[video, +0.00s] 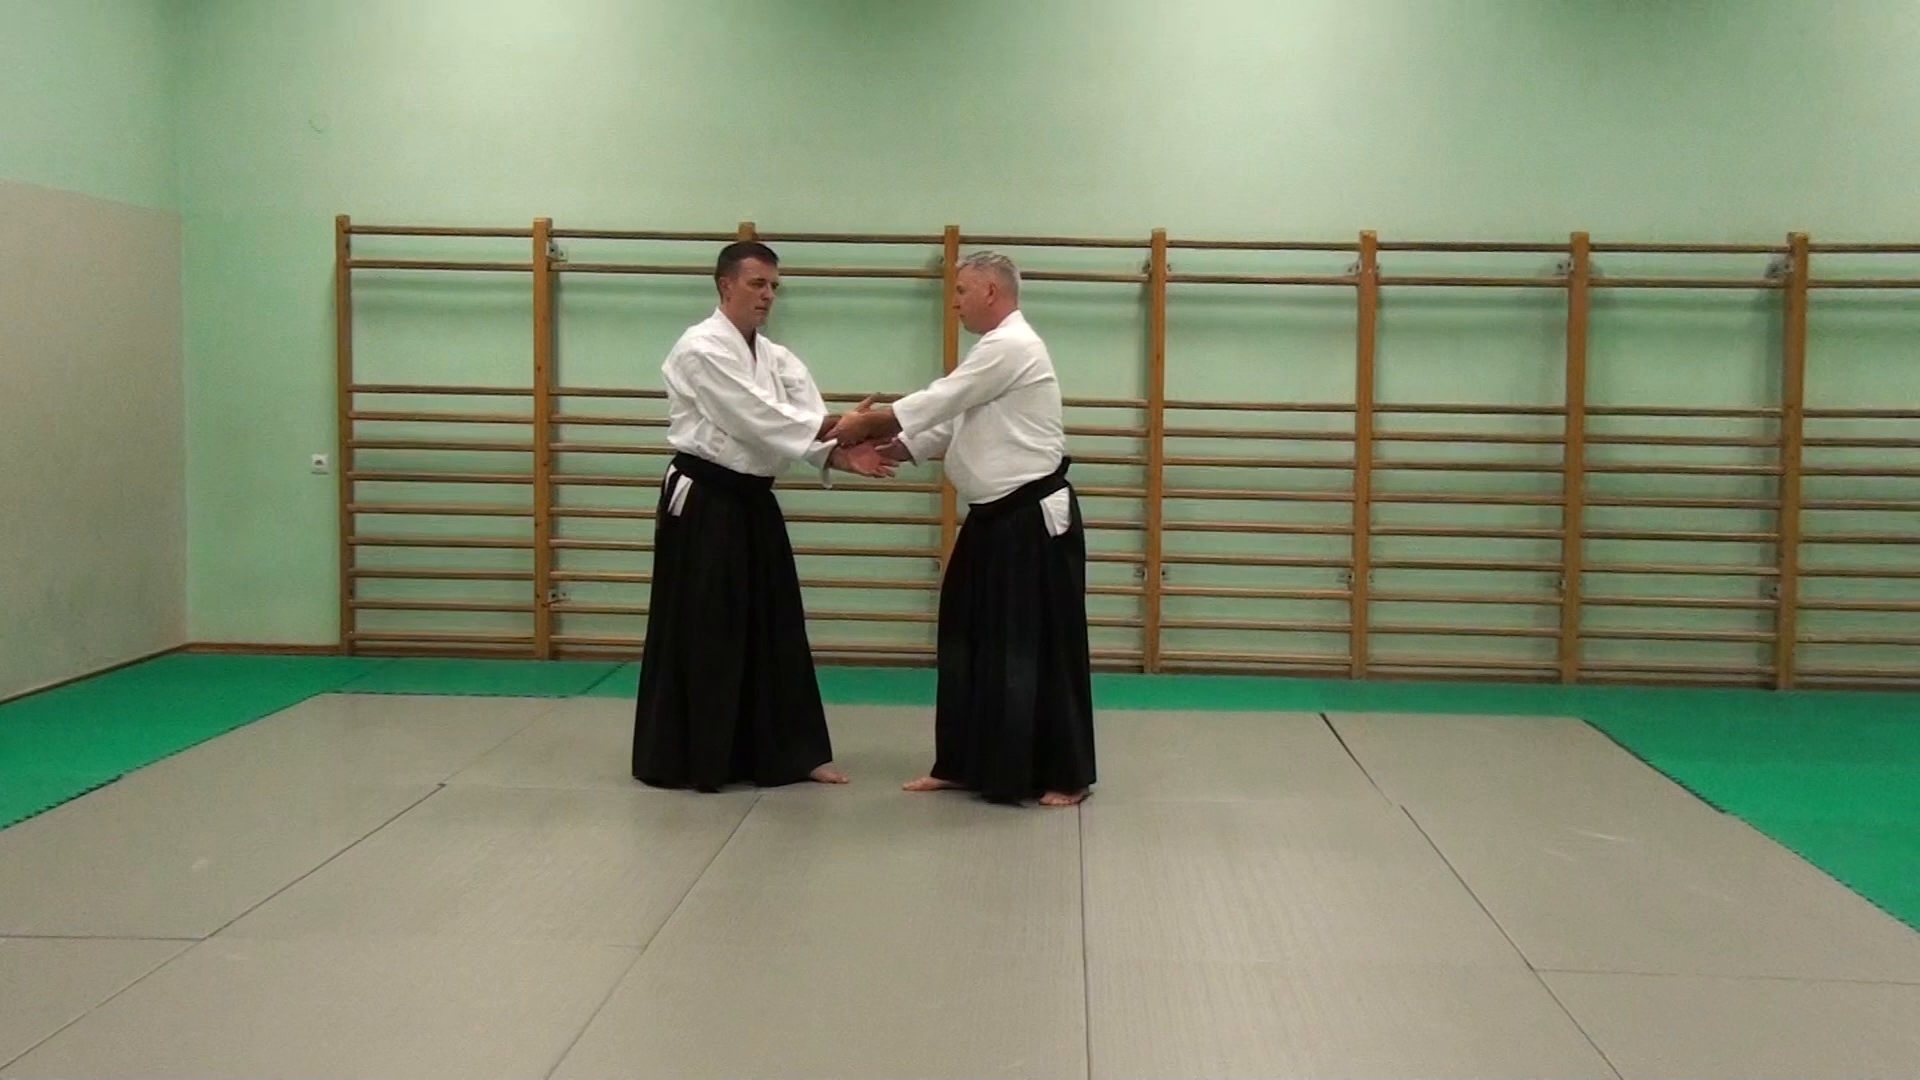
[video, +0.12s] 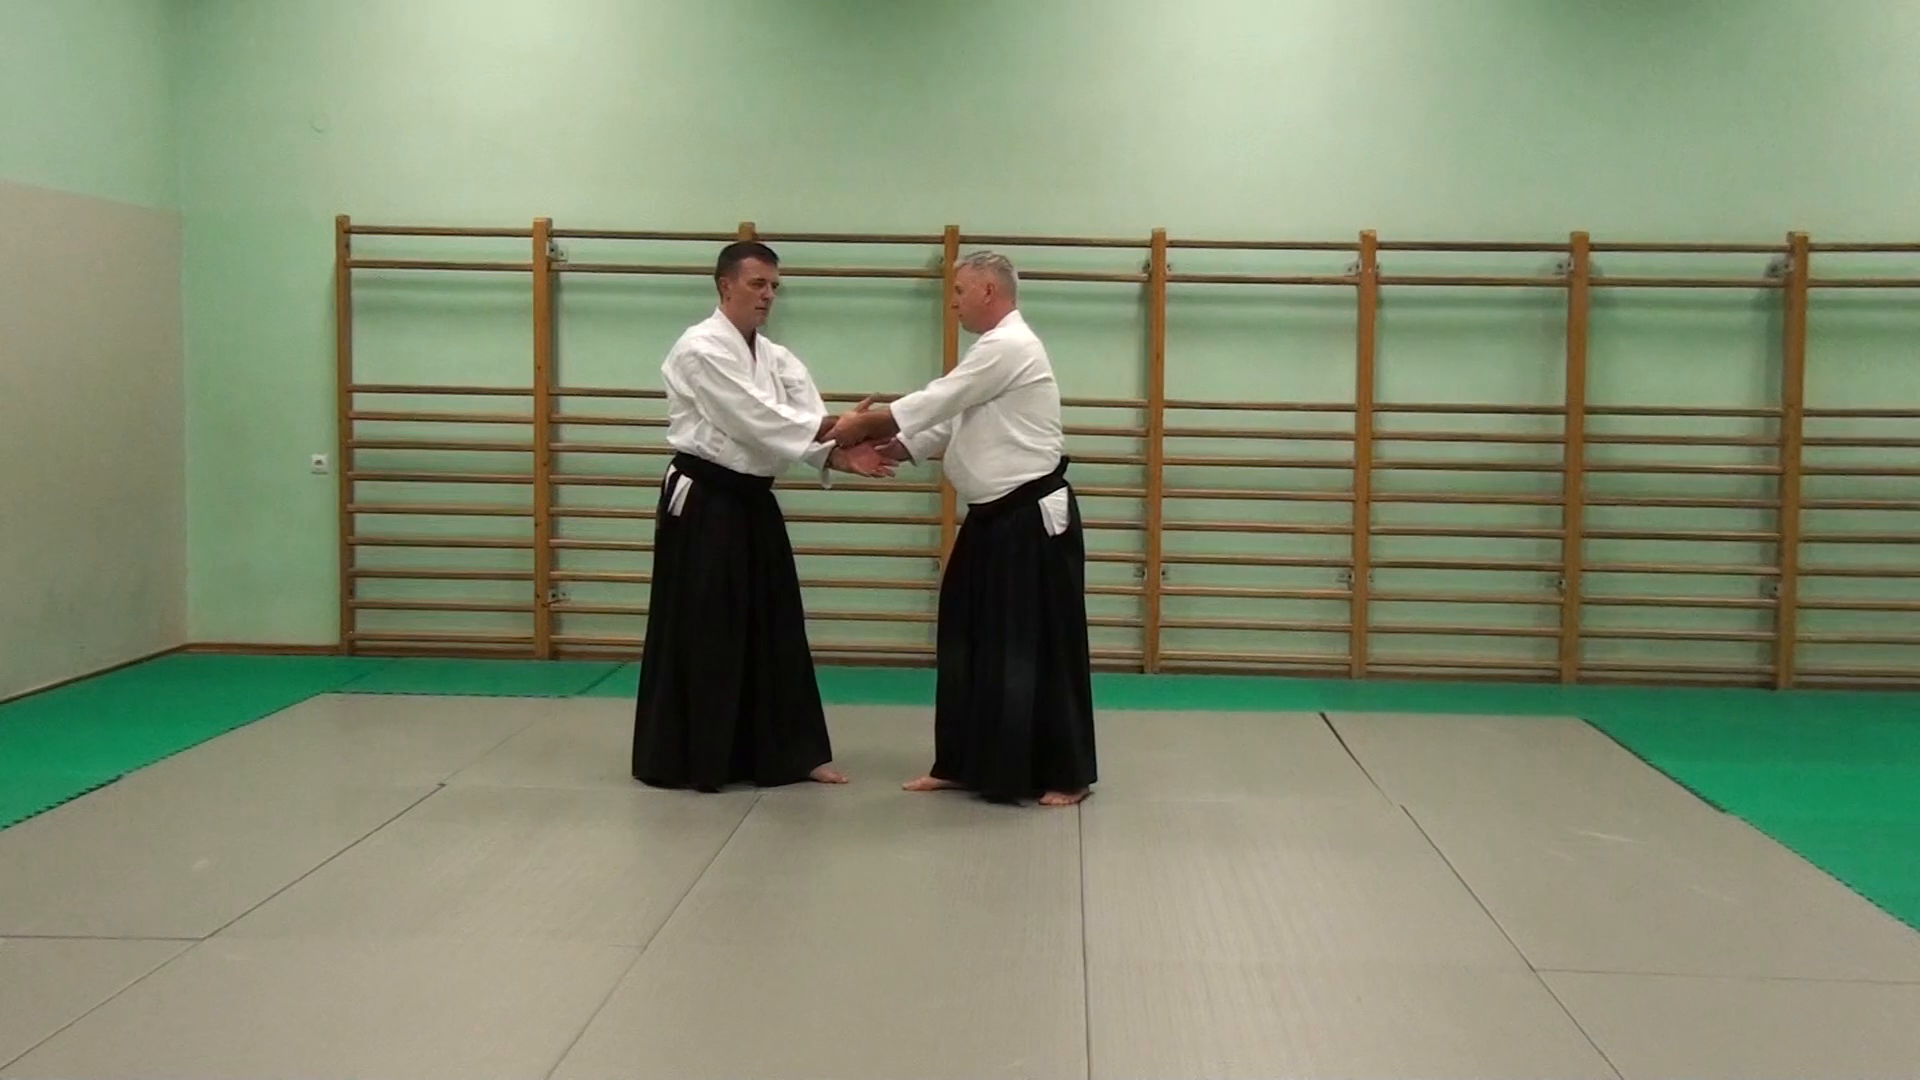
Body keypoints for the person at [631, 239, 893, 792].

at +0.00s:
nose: (768, 295)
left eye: (773, 286)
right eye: (757, 284)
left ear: (775, 292)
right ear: (725, 286)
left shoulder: (782, 360)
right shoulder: (699, 348)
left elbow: (807, 426)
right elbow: (754, 418)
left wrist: (845, 453)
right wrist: (831, 439)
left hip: (756, 501)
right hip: (703, 499)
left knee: (775, 626)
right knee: (702, 628)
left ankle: (793, 755)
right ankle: (692, 758)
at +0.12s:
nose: (768, 295)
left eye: (773, 286)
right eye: (757, 284)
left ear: (775, 292)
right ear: (725, 286)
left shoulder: (782, 360)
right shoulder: (698, 349)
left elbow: (804, 427)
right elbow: (754, 419)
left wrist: (844, 455)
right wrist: (831, 435)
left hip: (756, 501)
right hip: (703, 499)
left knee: (775, 626)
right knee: (702, 628)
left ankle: (795, 754)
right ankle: (692, 758)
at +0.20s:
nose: (768, 295)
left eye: (773, 286)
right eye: (757, 284)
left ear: (775, 291)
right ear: (725, 287)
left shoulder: (782, 360)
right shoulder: (698, 349)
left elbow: (804, 428)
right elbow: (754, 420)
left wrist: (844, 454)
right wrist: (833, 434)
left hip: (756, 501)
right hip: (703, 499)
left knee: (775, 626)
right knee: (702, 628)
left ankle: (794, 755)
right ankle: (692, 758)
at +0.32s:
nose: (767, 295)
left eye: (772, 287)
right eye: (756, 285)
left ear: (774, 292)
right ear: (725, 286)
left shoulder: (781, 360)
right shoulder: (697, 349)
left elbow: (805, 427)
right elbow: (751, 419)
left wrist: (842, 454)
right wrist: (828, 435)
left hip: (755, 501)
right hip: (702, 499)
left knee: (775, 626)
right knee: (702, 627)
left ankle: (795, 754)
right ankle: (692, 758)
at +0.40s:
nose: (767, 295)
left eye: (772, 287)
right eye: (756, 285)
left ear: (774, 292)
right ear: (724, 286)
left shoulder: (781, 360)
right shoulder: (697, 349)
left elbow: (804, 428)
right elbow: (751, 419)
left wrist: (841, 454)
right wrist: (828, 436)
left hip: (755, 501)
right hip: (702, 499)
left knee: (775, 626)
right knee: (701, 628)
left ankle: (795, 754)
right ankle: (693, 758)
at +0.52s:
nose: (767, 295)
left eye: (772, 286)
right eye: (756, 284)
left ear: (774, 291)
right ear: (725, 286)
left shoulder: (782, 360)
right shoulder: (698, 348)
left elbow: (806, 426)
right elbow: (751, 419)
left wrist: (842, 453)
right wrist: (827, 437)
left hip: (755, 501)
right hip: (702, 499)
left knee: (774, 626)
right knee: (701, 628)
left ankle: (792, 755)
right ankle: (692, 758)